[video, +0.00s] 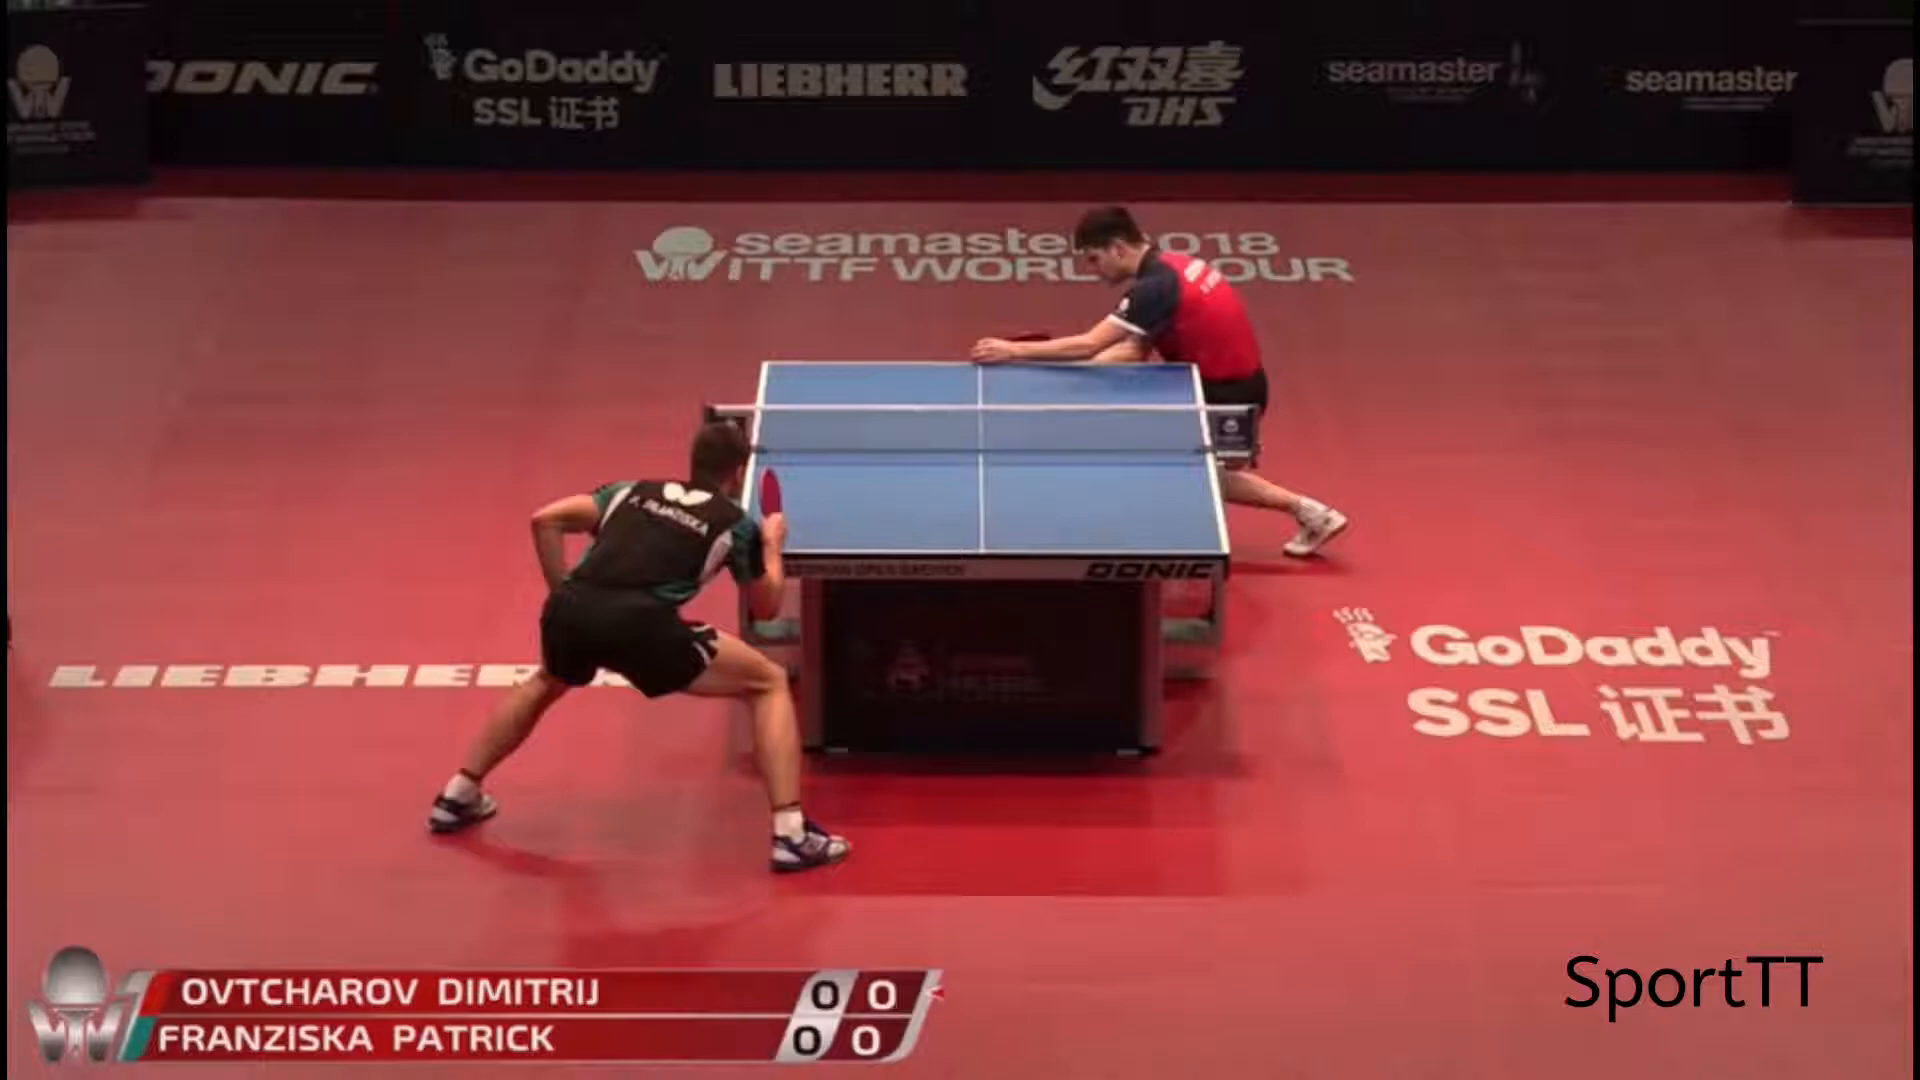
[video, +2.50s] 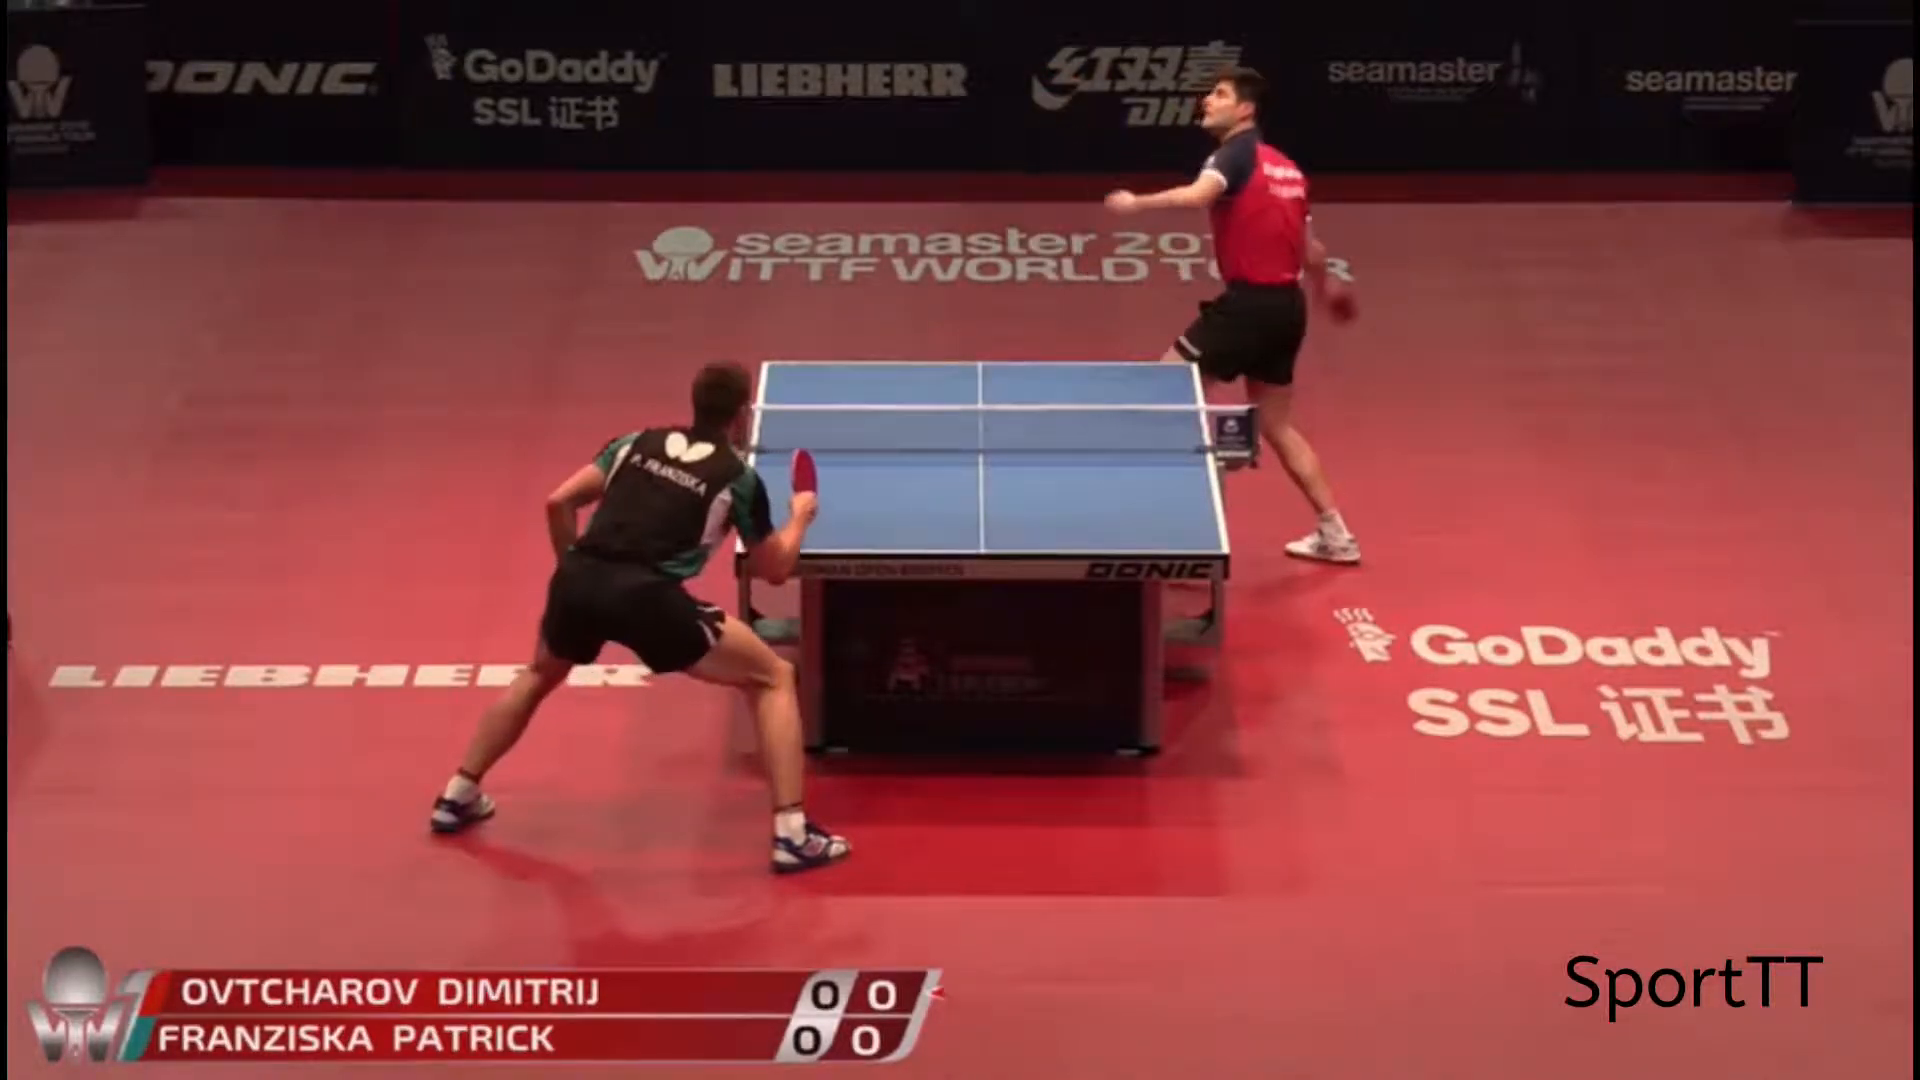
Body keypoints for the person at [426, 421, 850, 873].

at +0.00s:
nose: (743, 474)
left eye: (734, 466)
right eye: (744, 467)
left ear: (691, 462)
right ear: (739, 471)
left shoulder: (635, 490)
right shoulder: (738, 523)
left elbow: (545, 520)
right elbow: (765, 607)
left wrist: (561, 591)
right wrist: (774, 545)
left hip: (570, 611)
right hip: (644, 625)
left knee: (548, 680)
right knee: (768, 684)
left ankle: (459, 790)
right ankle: (792, 832)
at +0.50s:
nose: (750, 494)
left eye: (745, 484)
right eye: (749, 485)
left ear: (696, 477)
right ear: (742, 488)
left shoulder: (639, 502)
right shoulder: (742, 534)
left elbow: (552, 528)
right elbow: (770, 619)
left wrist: (567, 600)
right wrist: (777, 555)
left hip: (575, 622)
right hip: (650, 636)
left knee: (552, 685)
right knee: (777, 684)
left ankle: (462, 790)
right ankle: (792, 831)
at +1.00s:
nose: (753, 497)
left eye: (749, 487)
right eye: (752, 489)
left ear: (699, 480)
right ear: (744, 492)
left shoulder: (640, 506)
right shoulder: (745, 536)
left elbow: (555, 533)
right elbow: (772, 624)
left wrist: (572, 606)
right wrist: (778, 556)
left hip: (578, 629)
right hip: (654, 643)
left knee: (553, 685)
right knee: (782, 683)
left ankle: (464, 788)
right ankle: (792, 829)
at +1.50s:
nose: (743, 480)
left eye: (732, 471)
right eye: (744, 473)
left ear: (691, 467)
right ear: (739, 479)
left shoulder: (636, 495)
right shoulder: (739, 529)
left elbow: (550, 530)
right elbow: (774, 610)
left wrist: (566, 601)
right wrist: (785, 549)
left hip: (573, 623)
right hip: (647, 637)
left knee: (552, 681)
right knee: (779, 683)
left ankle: (463, 787)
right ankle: (792, 830)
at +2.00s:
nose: (745, 461)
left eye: (743, 453)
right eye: (745, 454)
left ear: (689, 451)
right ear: (734, 459)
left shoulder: (629, 479)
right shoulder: (732, 513)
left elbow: (546, 523)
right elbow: (766, 598)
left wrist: (560, 593)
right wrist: (782, 535)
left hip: (568, 614)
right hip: (639, 624)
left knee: (545, 682)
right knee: (774, 682)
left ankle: (459, 790)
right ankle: (793, 833)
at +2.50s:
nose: (752, 419)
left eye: (749, 409)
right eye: (751, 411)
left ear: (695, 405)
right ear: (741, 418)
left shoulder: (638, 443)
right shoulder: (741, 477)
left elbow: (559, 501)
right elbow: (774, 568)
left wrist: (570, 569)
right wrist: (801, 517)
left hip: (577, 583)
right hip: (650, 597)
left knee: (537, 676)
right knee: (774, 678)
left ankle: (458, 793)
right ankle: (792, 831)